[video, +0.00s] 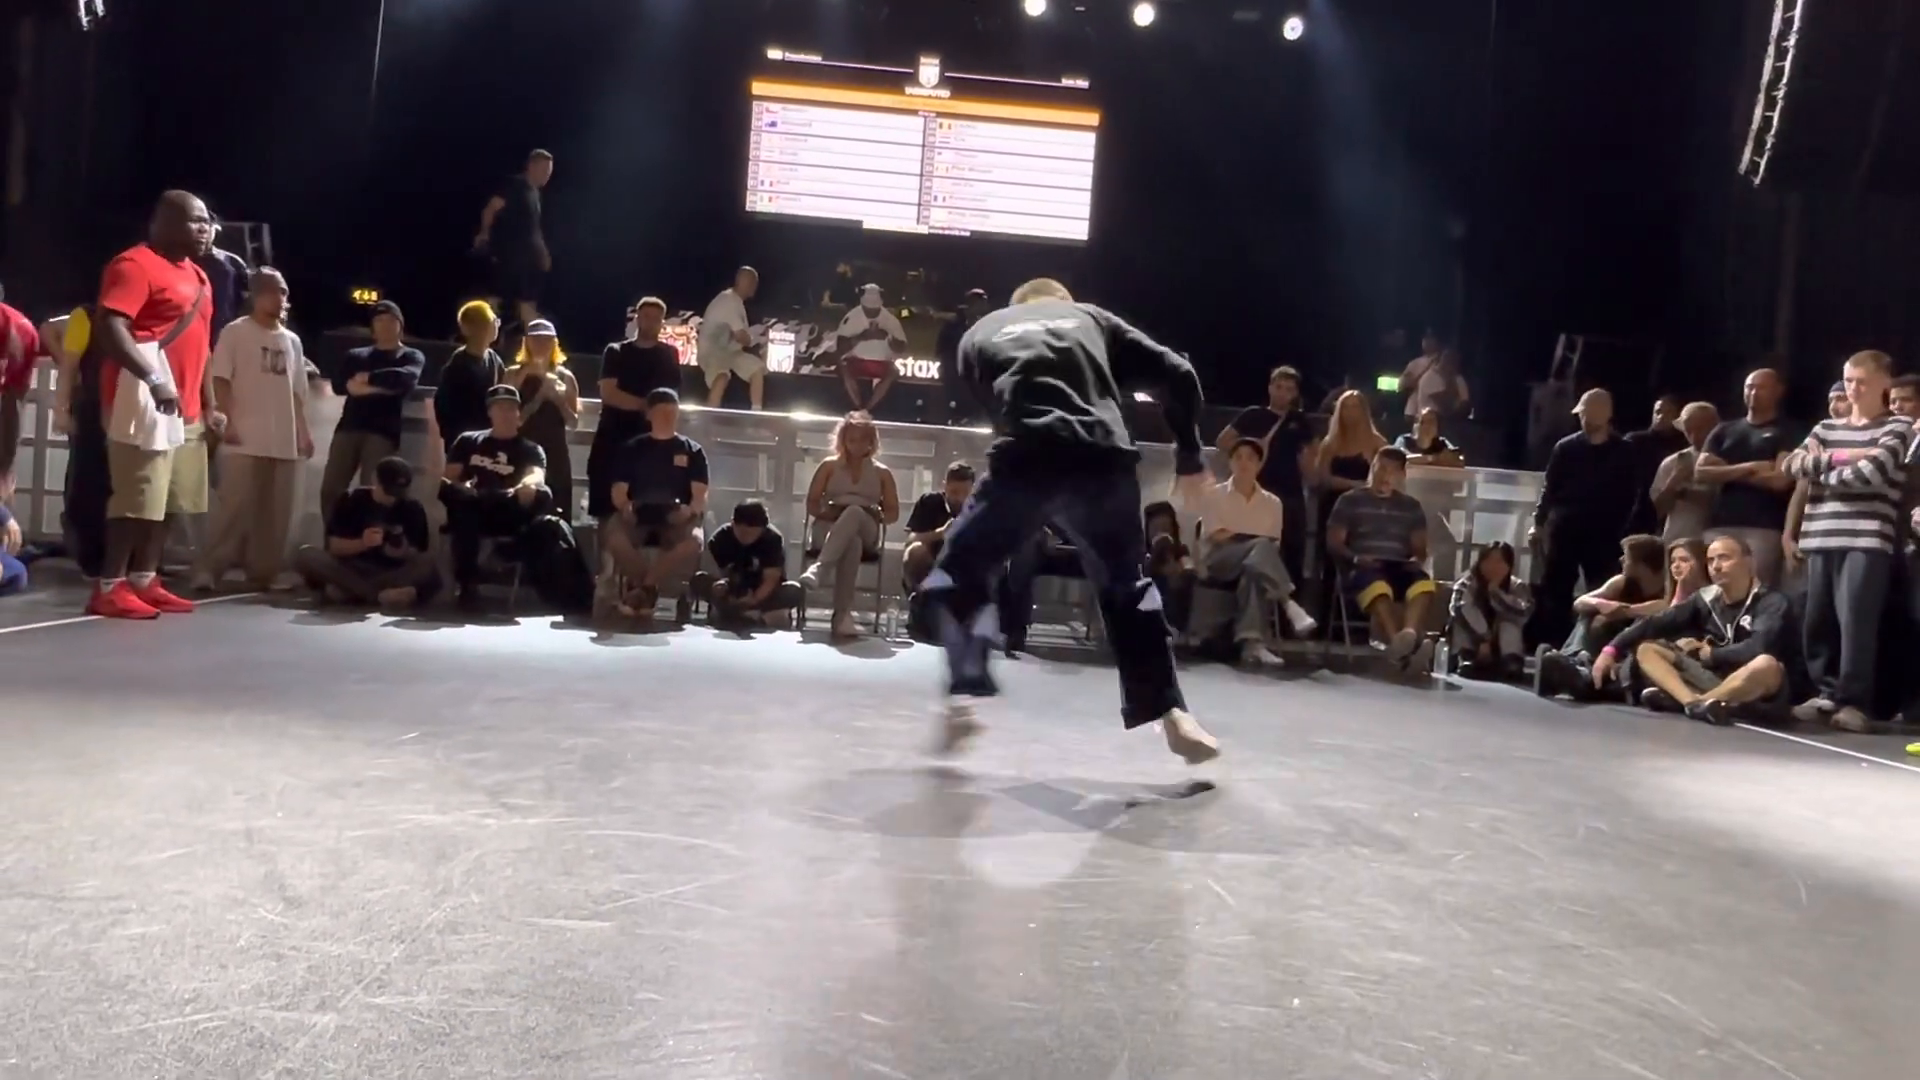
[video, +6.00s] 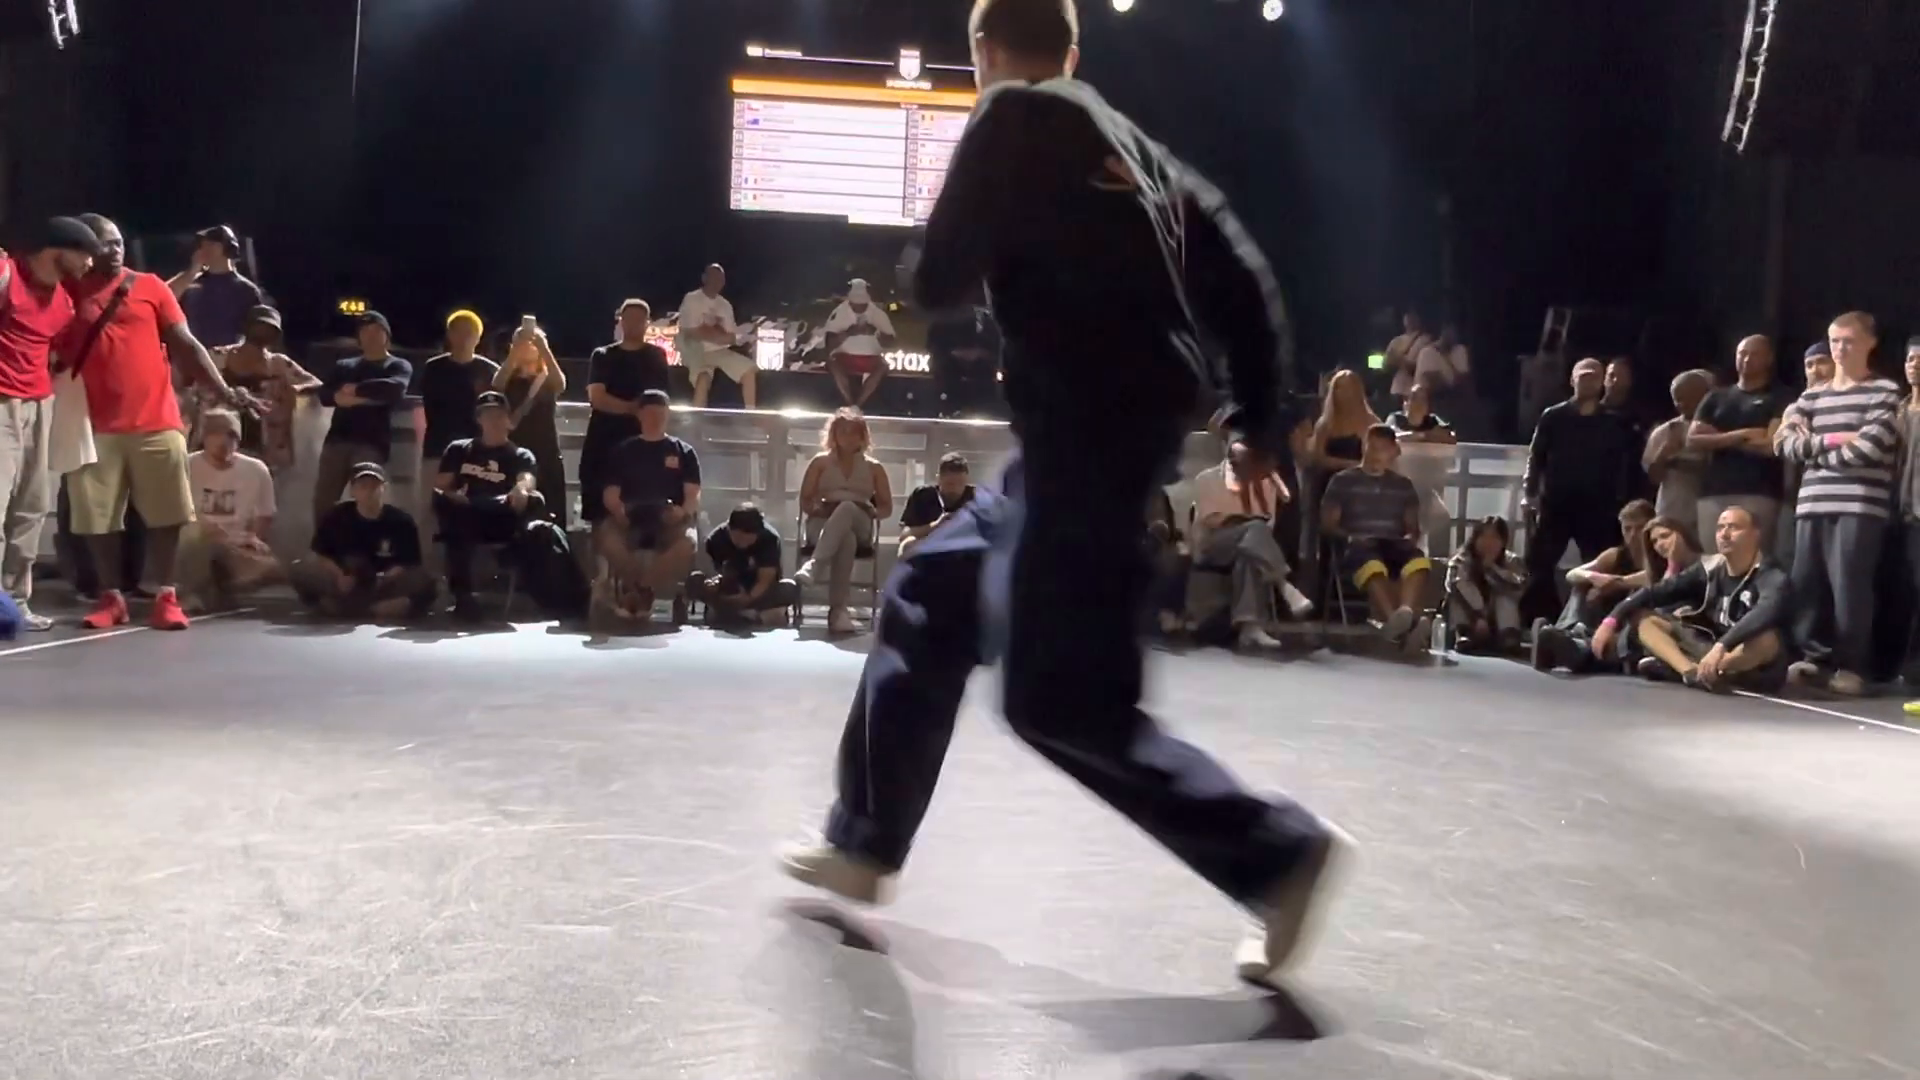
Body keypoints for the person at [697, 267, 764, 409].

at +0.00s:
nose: (754, 288)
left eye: (755, 284)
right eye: (752, 283)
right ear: (742, 282)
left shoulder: (737, 302)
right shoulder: (728, 300)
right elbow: (741, 336)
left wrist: (756, 332)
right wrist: (755, 338)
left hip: (732, 351)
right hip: (712, 351)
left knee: (757, 370)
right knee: (722, 376)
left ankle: (756, 413)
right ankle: (709, 417)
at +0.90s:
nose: (767, 276)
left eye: (768, 272)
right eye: (765, 271)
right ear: (755, 270)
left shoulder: (751, 290)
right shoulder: (741, 287)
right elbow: (752, 323)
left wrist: (771, 320)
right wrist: (764, 324)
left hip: (744, 339)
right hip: (724, 338)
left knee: (769, 358)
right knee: (733, 365)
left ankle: (768, 401)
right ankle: (720, 404)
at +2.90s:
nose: (770, 270)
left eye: (771, 266)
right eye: (768, 265)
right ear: (760, 264)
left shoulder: (753, 282)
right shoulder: (749, 282)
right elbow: (758, 318)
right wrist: (767, 321)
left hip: (749, 333)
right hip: (729, 333)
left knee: (774, 353)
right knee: (738, 360)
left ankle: (772, 396)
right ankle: (725, 398)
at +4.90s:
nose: (760, 278)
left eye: (760, 273)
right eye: (758, 273)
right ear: (748, 273)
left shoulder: (743, 293)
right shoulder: (732, 291)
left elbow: (748, 322)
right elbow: (743, 326)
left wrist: (765, 320)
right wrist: (758, 328)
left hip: (739, 343)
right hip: (718, 343)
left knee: (764, 361)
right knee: (726, 368)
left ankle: (763, 405)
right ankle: (715, 408)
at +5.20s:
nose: (753, 280)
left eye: (753, 276)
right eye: (750, 276)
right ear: (738, 276)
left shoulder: (739, 299)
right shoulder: (719, 292)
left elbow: (744, 326)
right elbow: (727, 325)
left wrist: (760, 323)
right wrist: (749, 333)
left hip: (732, 346)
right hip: (711, 346)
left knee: (758, 364)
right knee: (720, 372)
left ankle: (757, 409)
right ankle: (710, 412)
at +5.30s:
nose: (739, 281)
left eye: (742, 278)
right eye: (736, 276)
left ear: (745, 281)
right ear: (728, 275)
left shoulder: (737, 303)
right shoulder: (710, 293)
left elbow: (744, 334)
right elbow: (700, 322)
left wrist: (729, 328)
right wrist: (723, 326)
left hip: (729, 347)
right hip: (706, 345)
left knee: (755, 366)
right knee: (716, 372)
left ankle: (754, 410)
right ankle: (706, 412)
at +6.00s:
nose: (717, 282)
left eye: (720, 278)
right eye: (713, 277)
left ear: (723, 282)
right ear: (704, 278)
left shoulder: (725, 305)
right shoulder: (691, 299)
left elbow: (732, 336)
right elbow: (689, 332)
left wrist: (712, 330)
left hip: (720, 350)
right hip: (697, 350)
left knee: (748, 371)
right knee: (703, 379)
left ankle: (751, 416)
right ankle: (696, 420)